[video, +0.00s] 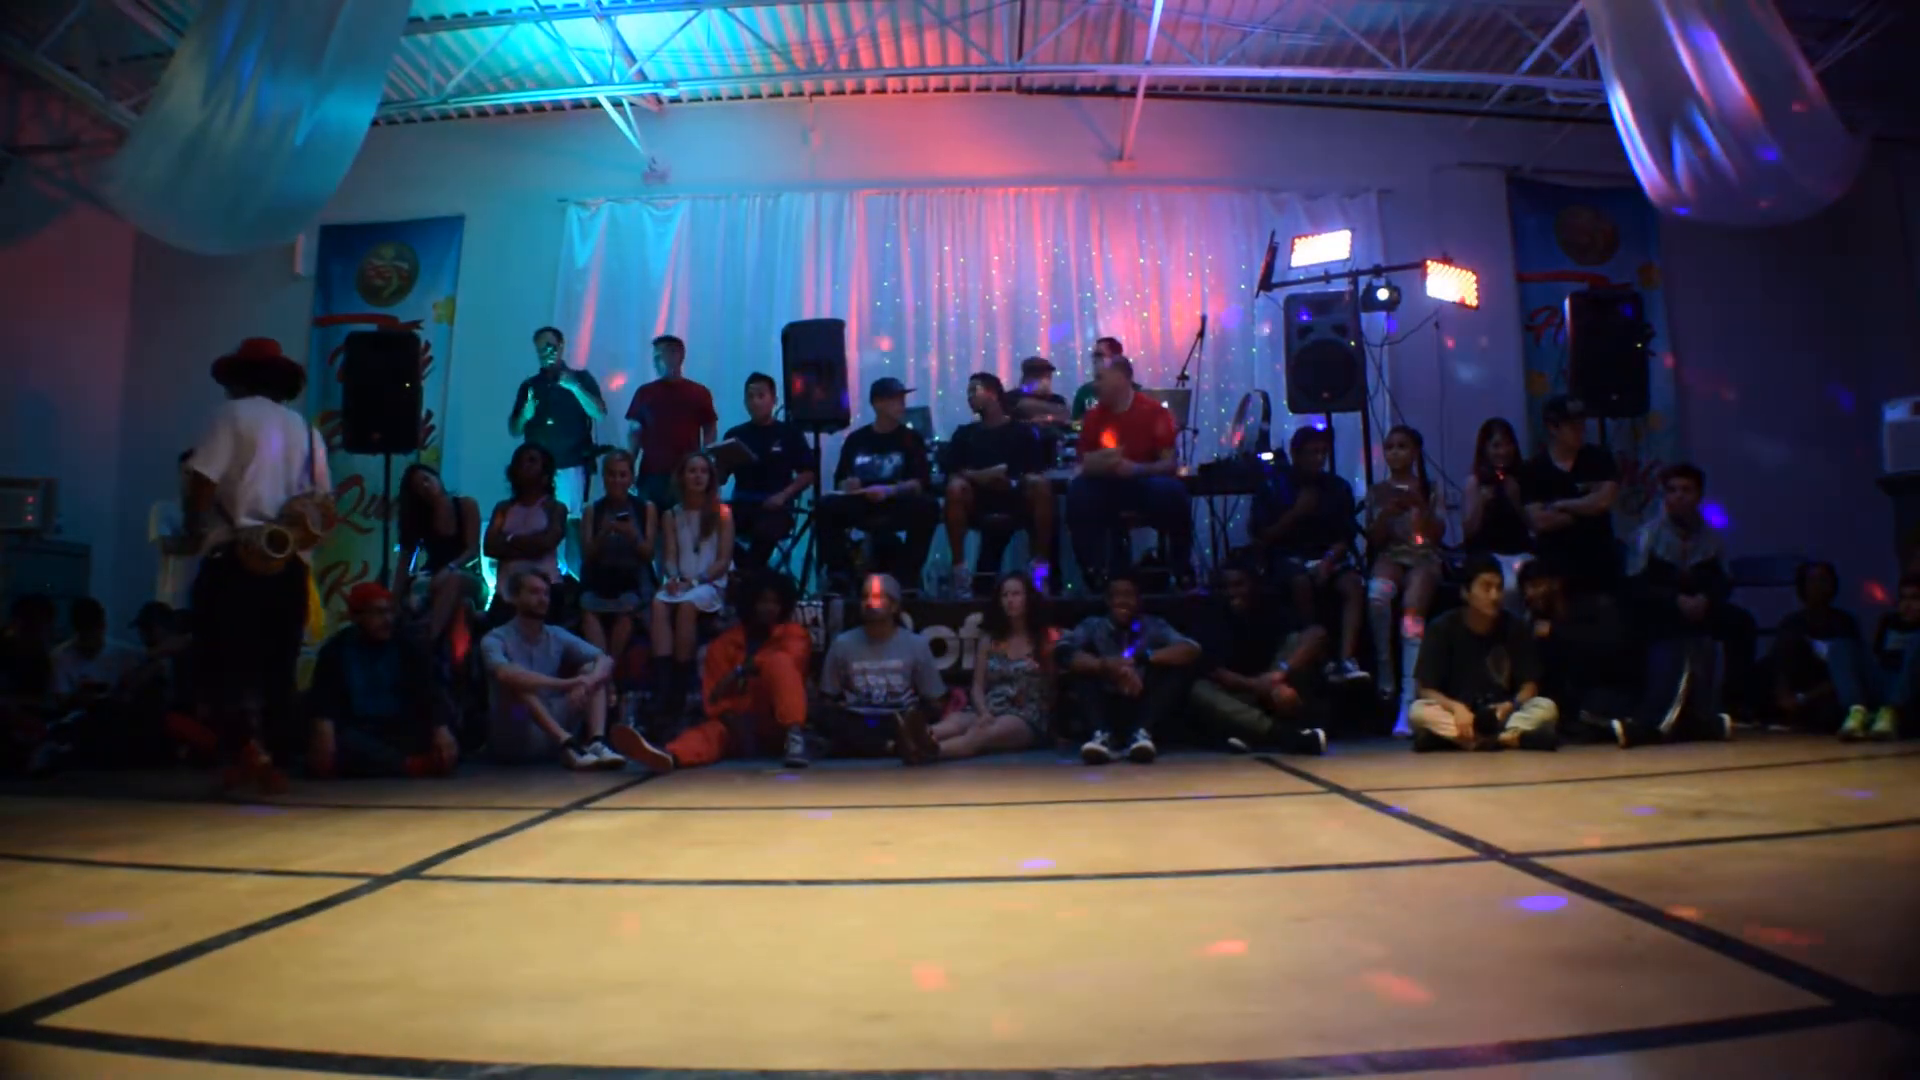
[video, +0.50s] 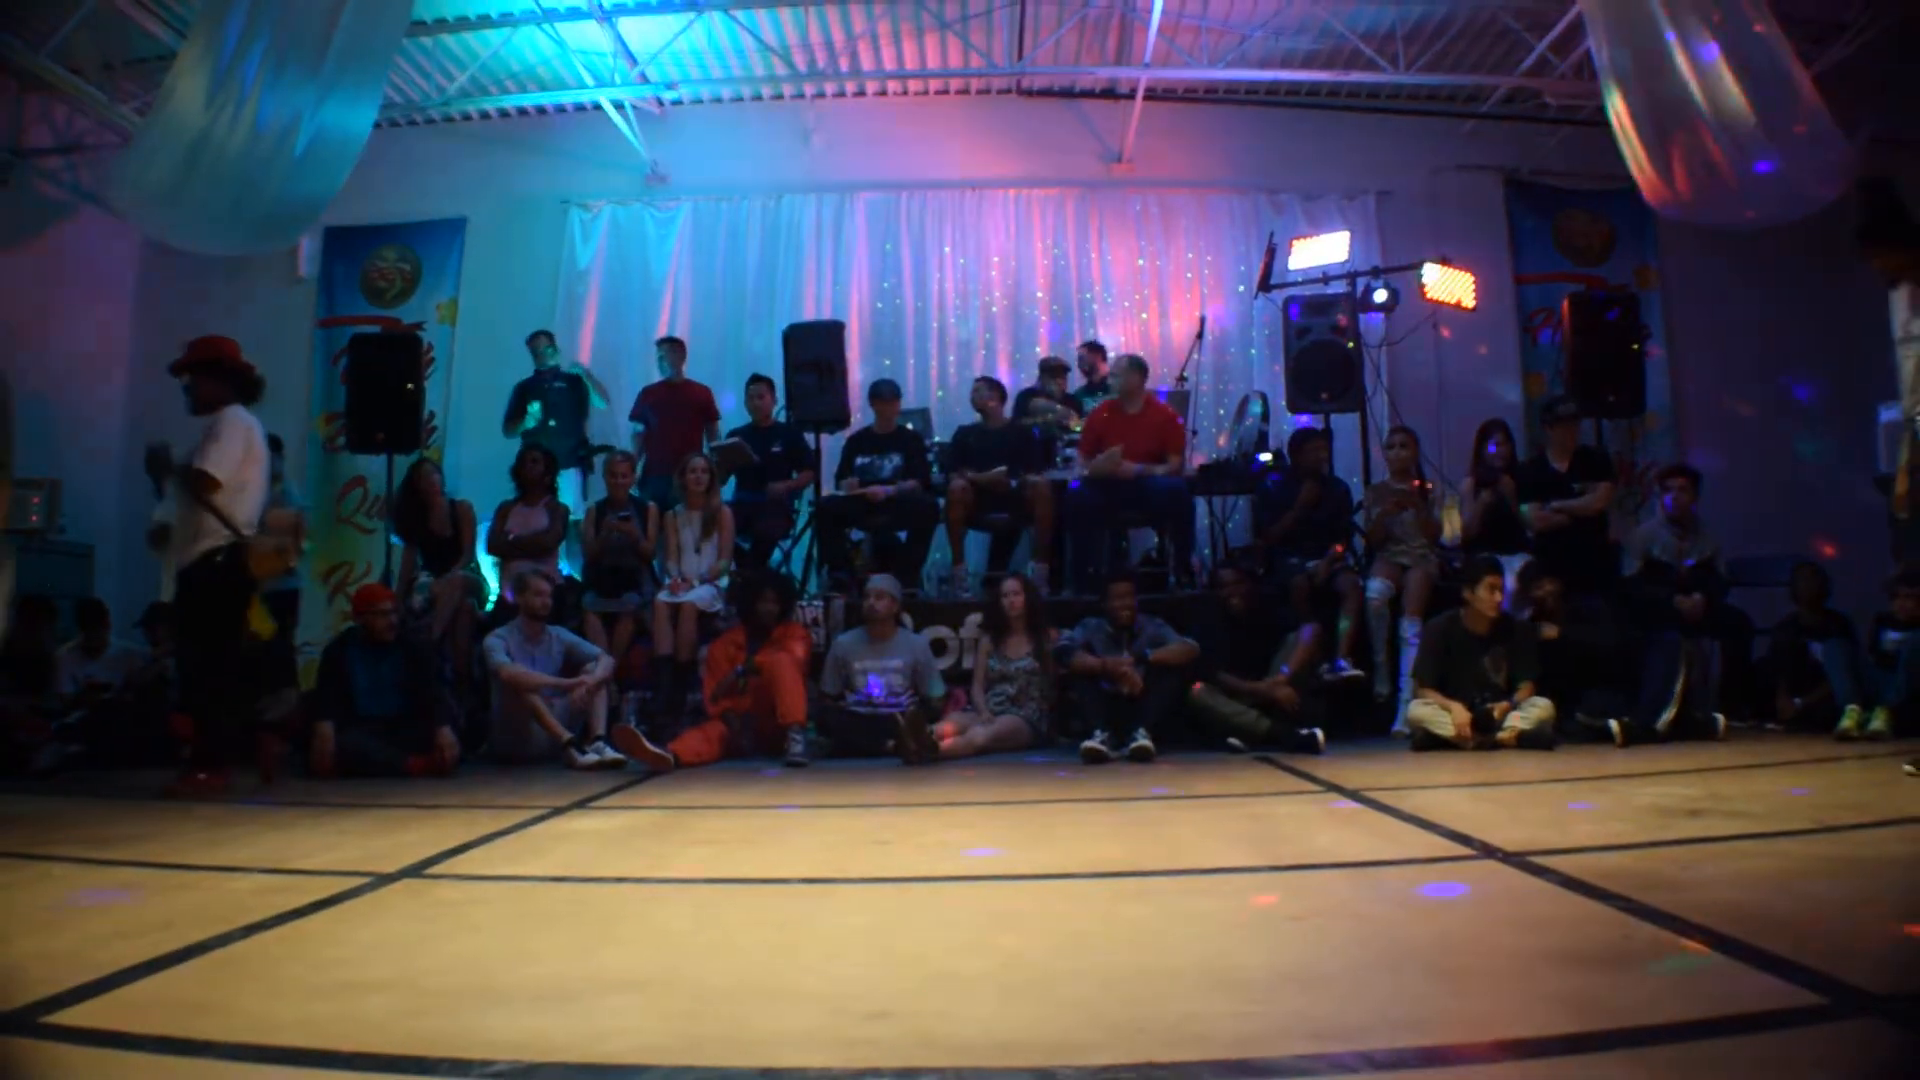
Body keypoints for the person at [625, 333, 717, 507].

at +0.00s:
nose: (657, 360)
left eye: (663, 354)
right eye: (655, 356)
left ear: (679, 356)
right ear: (653, 360)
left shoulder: (699, 393)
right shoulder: (645, 393)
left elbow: (710, 431)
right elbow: (634, 433)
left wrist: (704, 466)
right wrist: (628, 470)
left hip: (687, 476)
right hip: (652, 474)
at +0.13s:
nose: (656, 361)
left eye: (661, 355)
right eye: (655, 356)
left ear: (678, 356)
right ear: (653, 360)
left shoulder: (699, 393)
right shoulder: (644, 393)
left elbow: (709, 436)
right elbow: (634, 435)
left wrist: (711, 476)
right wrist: (628, 471)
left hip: (687, 477)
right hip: (651, 475)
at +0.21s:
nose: (656, 361)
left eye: (661, 355)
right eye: (655, 356)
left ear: (679, 356)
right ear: (653, 360)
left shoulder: (699, 393)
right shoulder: (645, 392)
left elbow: (711, 435)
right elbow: (634, 434)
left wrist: (715, 473)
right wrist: (628, 471)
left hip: (687, 478)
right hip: (651, 475)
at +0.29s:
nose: (657, 361)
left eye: (662, 355)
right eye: (656, 356)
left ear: (679, 356)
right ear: (654, 360)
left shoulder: (700, 392)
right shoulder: (646, 393)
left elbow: (713, 436)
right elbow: (635, 434)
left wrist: (718, 475)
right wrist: (628, 471)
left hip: (688, 478)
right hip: (652, 475)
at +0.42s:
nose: (659, 363)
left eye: (664, 357)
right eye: (658, 358)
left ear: (681, 357)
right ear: (656, 361)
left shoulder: (701, 393)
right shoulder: (648, 394)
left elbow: (713, 435)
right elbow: (638, 434)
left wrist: (719, 472)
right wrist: (631, 470)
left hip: (690, 478)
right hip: (654, 476)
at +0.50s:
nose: (661, 361)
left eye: (665, 356)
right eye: (659, 357)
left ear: (681, 357)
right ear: (657, 361)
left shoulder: (701, 393)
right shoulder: (648, 394)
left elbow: (713, 434)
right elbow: (638, 435)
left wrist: (717, 471)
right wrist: (631, 470)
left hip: (690, 477)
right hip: (655, 475)